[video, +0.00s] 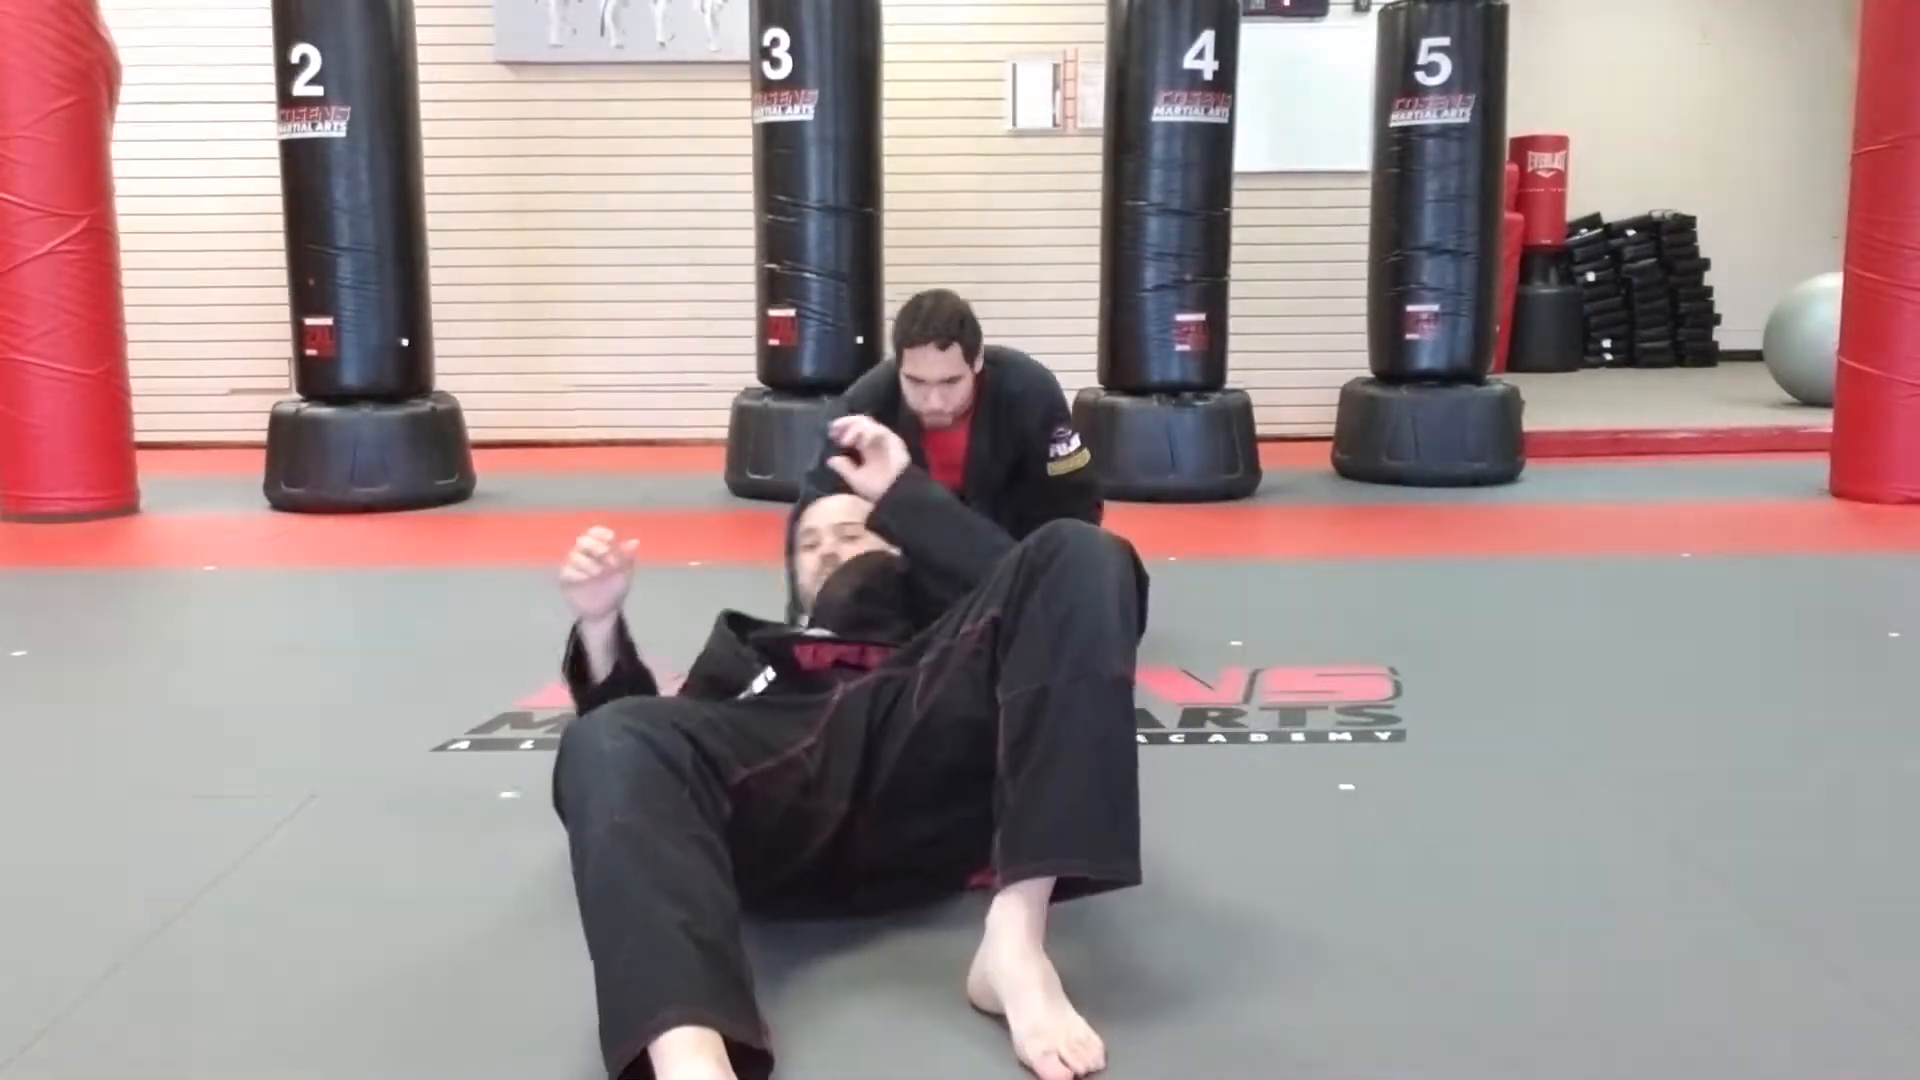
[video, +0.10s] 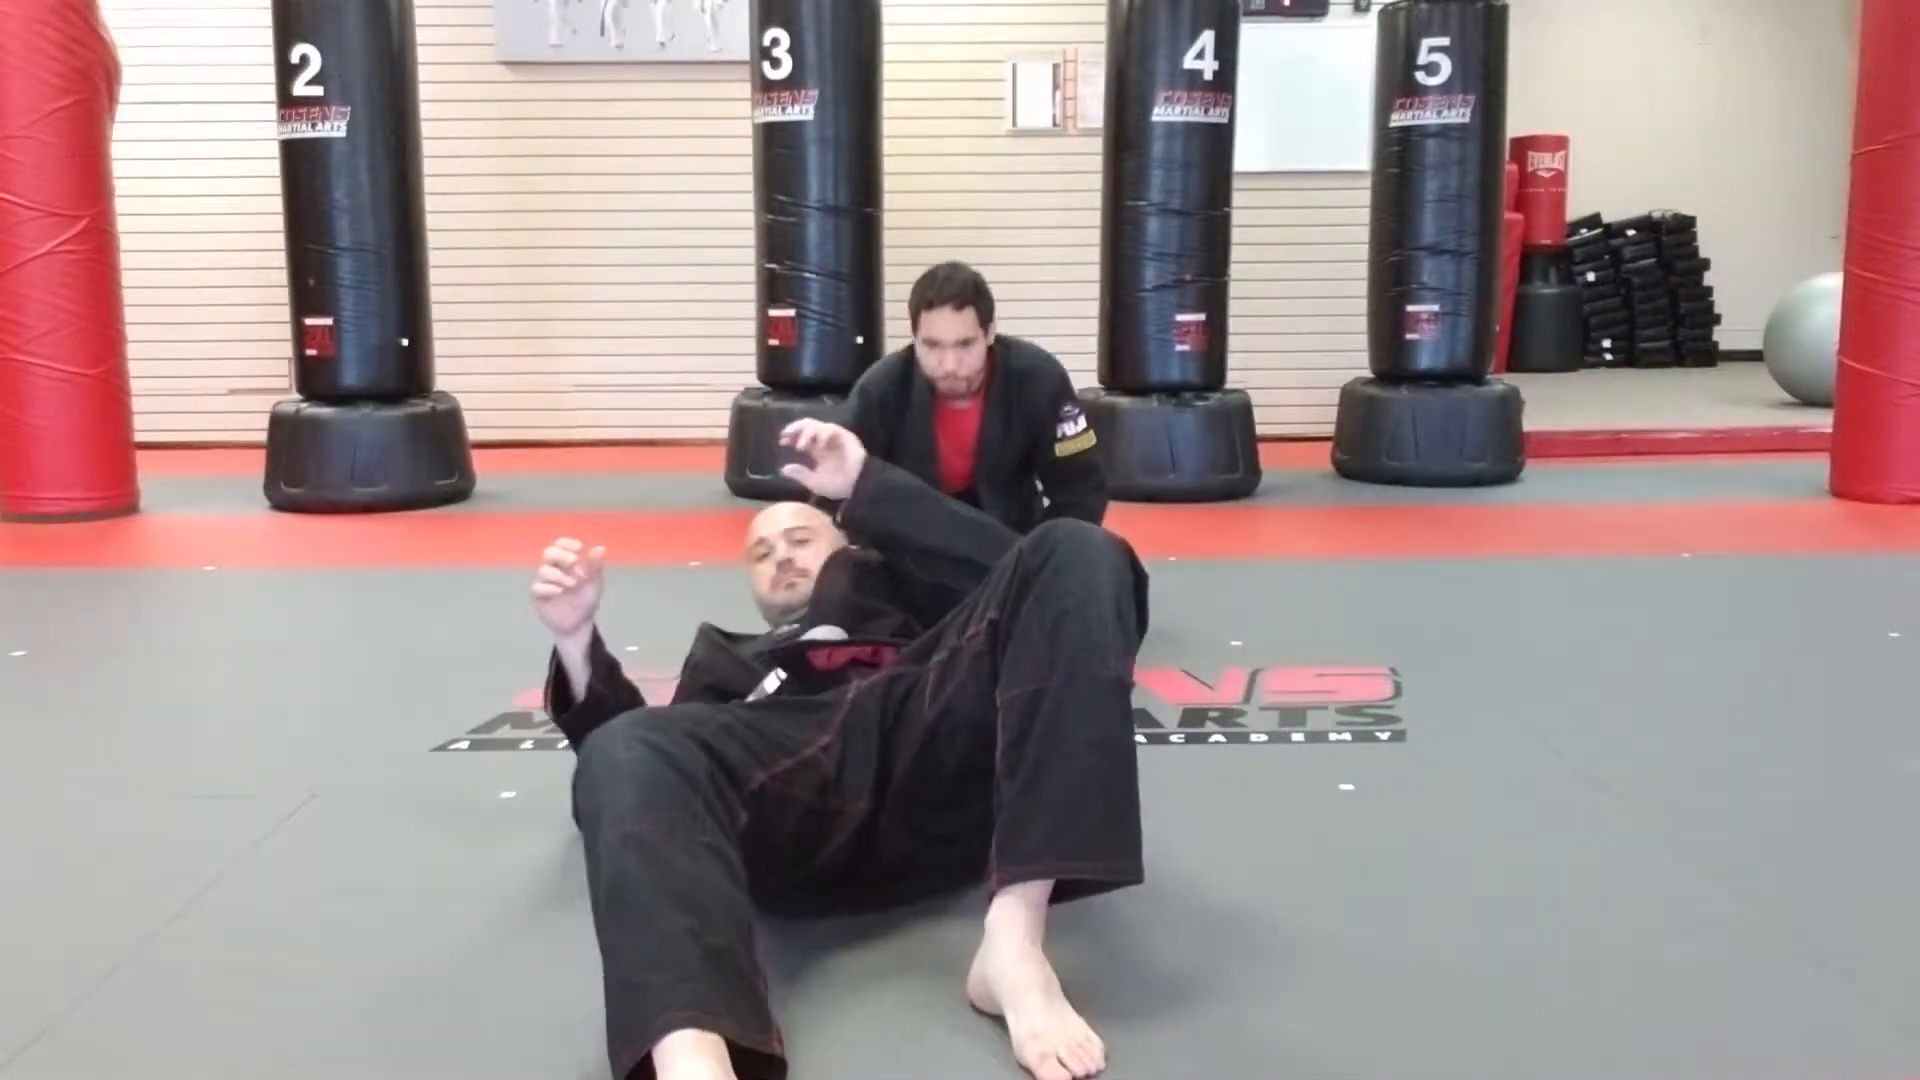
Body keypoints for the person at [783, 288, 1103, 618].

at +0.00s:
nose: (933, 402)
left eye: (950, 384)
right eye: (917, 383)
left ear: (977, 364)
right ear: (898, 366)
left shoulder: (1030, 394)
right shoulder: (864, 408)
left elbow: (1074, 509)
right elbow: (820, 516)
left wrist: (1042, 594)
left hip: (1002, 576)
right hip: (895, 579)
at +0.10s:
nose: (949, 364)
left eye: (964, 344)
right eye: (932, 345)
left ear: (989, 335)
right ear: (914, 338)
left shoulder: (1037, 378)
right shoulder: (879, 391)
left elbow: (1081, 490)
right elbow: (843, 491)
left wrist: (1044, 570)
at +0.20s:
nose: (957, 332)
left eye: (973, 312)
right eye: (942, 313)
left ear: (996, 304)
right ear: (924, 308)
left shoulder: (1043, 367)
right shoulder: (886, 374)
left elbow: (1082, 475)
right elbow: (857, 487)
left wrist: (1058, 561)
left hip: (1007, 557)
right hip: (908, 557)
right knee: (833, 575)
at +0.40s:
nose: (963, 288)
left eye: (979, 269)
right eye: (949, 270)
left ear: (1002, 270)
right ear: (933, 272)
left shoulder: (1049, 339)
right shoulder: (891, 343)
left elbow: (1074, 445)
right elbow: (860, 450)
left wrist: (1055, 523)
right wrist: (876, 519)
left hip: (1016, 530)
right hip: (917, 531)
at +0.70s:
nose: (962, 324)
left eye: (978, 305)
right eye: (948, 305)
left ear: (1003, 298)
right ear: (931, 299)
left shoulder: (1048, 356)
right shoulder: (887, 357)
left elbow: (1077, 457)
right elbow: (854, 455)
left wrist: (1027, 533)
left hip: (1012, 533)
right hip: (913, 530)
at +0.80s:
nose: (958, 352)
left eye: (975, 333)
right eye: (943, 332)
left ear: (999, 323)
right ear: (926, 324)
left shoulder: (1045, 371)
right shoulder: (884, 371)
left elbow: (1082, 471)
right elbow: (847, 465)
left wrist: (1041, 524)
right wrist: (845, 513)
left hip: (1010, 518)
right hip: (913, 513)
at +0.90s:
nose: (952, 377)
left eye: (968, 357)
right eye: (936, 356)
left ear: (993, 343)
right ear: (917, 340)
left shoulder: (1038, 382)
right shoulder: (879, 382)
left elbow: (1081, 498)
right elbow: (820, 484)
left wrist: (1042, 525)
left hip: (1008, 539)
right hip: (904, 534)